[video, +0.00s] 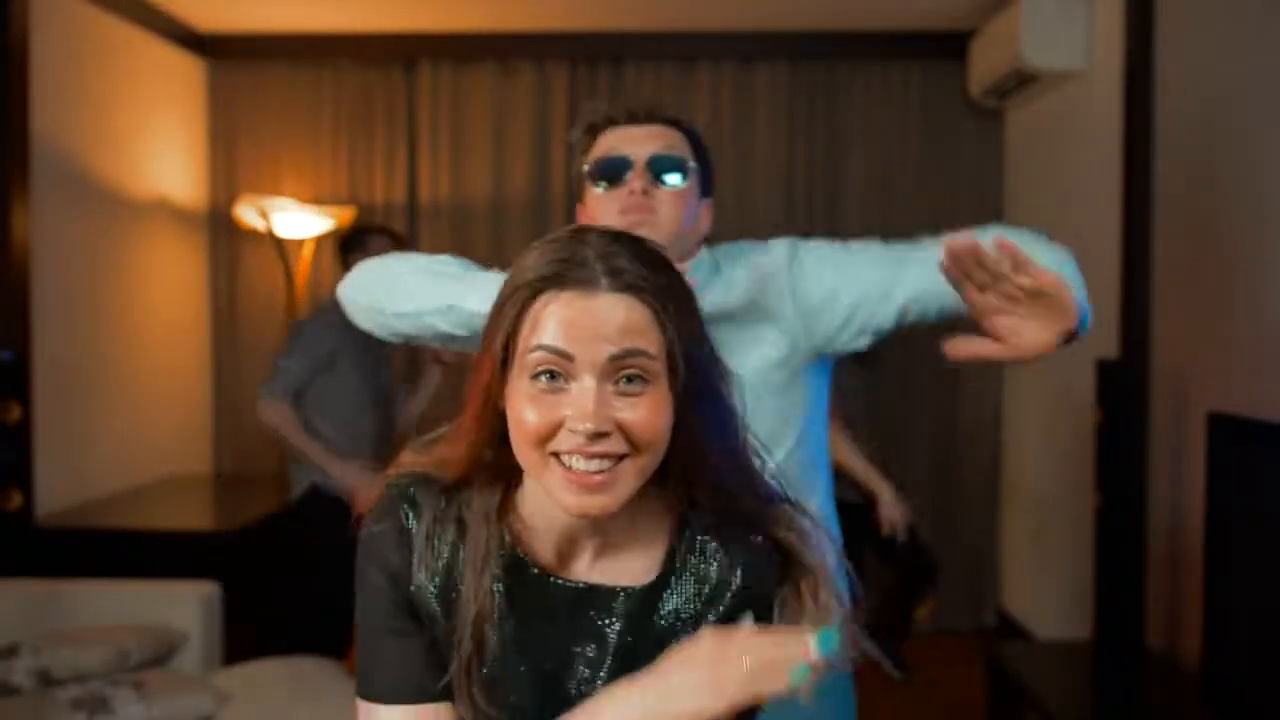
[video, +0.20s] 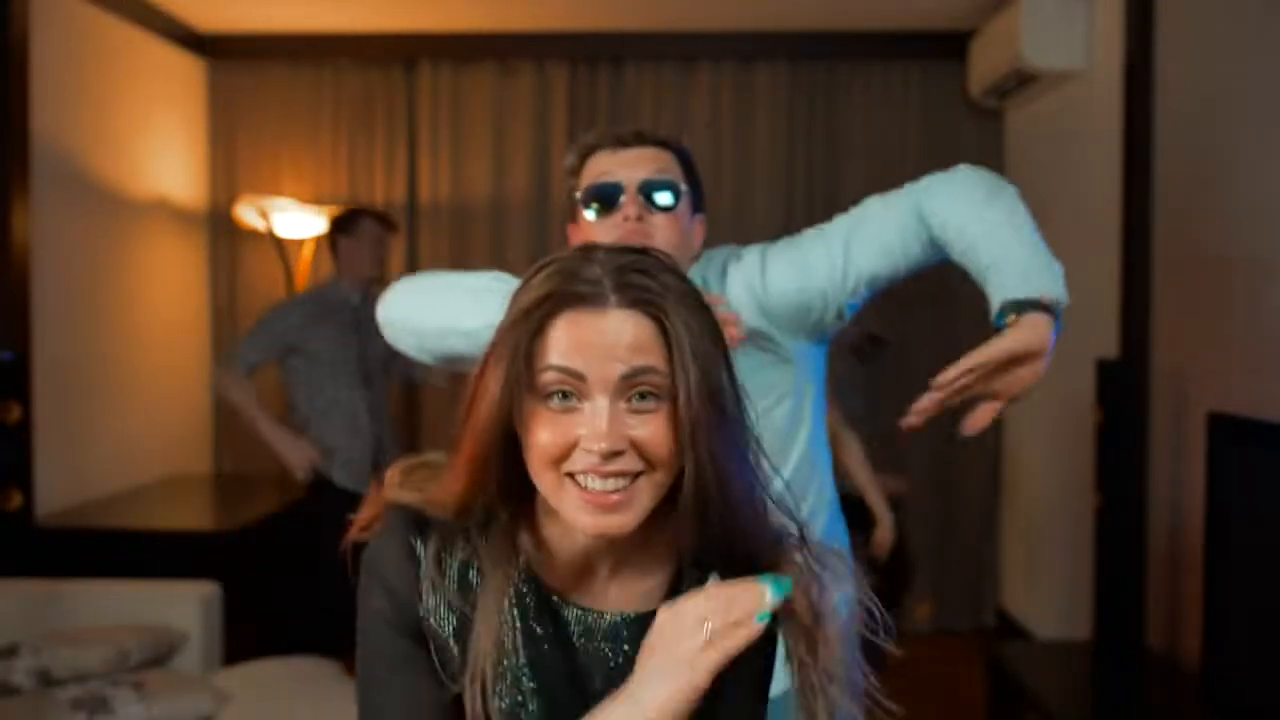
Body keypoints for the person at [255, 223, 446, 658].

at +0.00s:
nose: (384, 276)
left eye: (392, 264)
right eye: (374, 263)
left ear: (401, 268)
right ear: (352, 268)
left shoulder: (384, 334)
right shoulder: (325, 328)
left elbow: (394, 426)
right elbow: (272, 406)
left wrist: (431, 377)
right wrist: (348, 476)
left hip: (364, 503)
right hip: (323, 505)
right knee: (323, 631)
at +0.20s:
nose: (380, 254)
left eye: (383, 244)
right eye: (371, 243)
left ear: (384, 251)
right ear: (341, 247)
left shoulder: (380, 318)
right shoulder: (302, 314)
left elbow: (428, 370)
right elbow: (230, 374)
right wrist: (283, 441)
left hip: (388, 485)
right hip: (332, 487)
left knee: (387, 603)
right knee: (334, 609)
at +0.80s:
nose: (340, 270)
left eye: (339, 258)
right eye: (325, 263)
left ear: (345, 260)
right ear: (297, 276)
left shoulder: (377, 320)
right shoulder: (282, 341)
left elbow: (402, 405)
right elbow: (250, 432)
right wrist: (311, 459)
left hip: (379, 488)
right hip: (315, 495)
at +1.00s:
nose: (340, 271)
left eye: (339, 260)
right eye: (326, 265)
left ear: (345, 260)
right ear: (299, 277)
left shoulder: (379, 323)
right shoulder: (286, 346)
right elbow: (288, 445)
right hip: (319, 496)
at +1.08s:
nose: (342, 264)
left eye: (343, 253)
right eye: (327, 258)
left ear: (351, 256)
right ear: (302, 269)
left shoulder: (373, 314)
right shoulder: (296, 332)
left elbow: (379, 389)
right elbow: (304, 433)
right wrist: (386, 389)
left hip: (378, 486)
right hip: (321, 490)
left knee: (396, 610)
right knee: (322, 614)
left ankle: (357, 686)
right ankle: (315, 688)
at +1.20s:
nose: (356, 251)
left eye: (355, 240)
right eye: (340, 246)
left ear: (360, 239)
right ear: (316, 258)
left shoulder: (372, 302)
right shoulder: (307, 317)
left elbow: (386, 388)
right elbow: (327, 411)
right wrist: (400, 354)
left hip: (379, 479)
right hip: (330, 487)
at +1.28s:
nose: (364, 249)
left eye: (365, 237)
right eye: (350, 242)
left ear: (370, 239)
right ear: (324, 251)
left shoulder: (368, 302)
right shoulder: (322, 305)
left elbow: (357, 387)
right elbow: (338, 400)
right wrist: (402, 348)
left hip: (374, 478)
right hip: (334, 482)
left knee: (385, 606)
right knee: (345, 606)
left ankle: (377, 694)